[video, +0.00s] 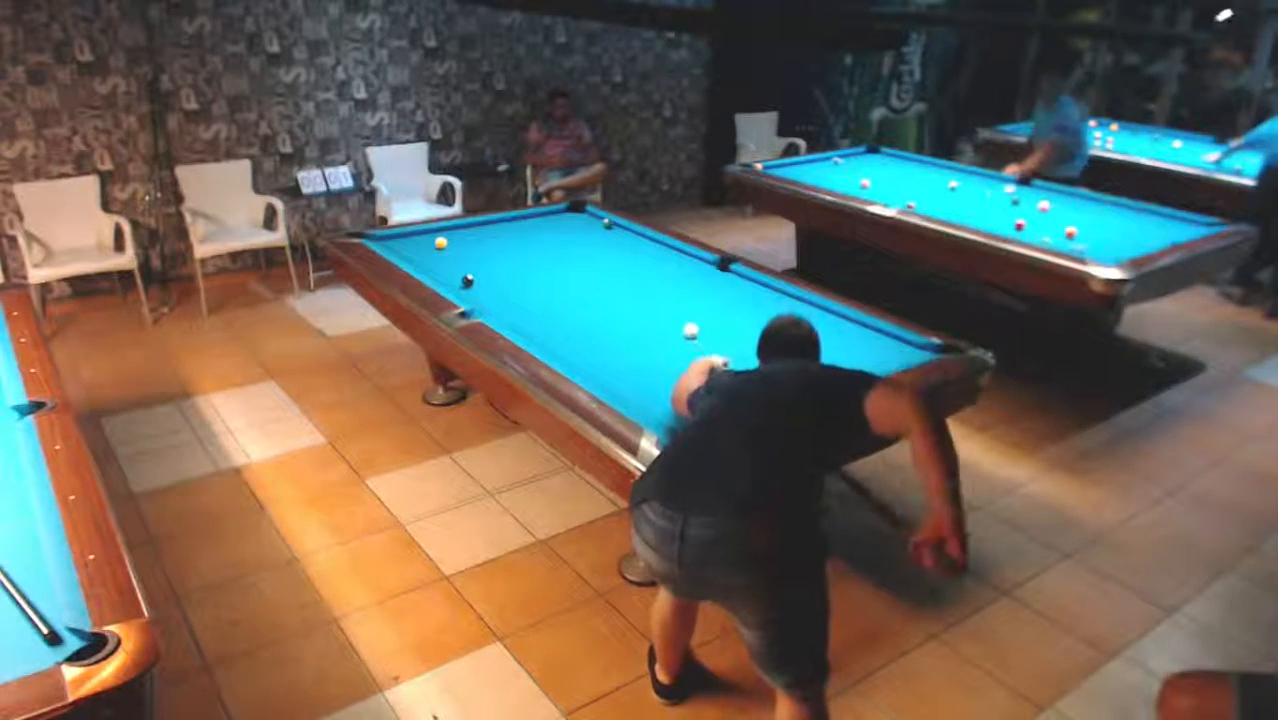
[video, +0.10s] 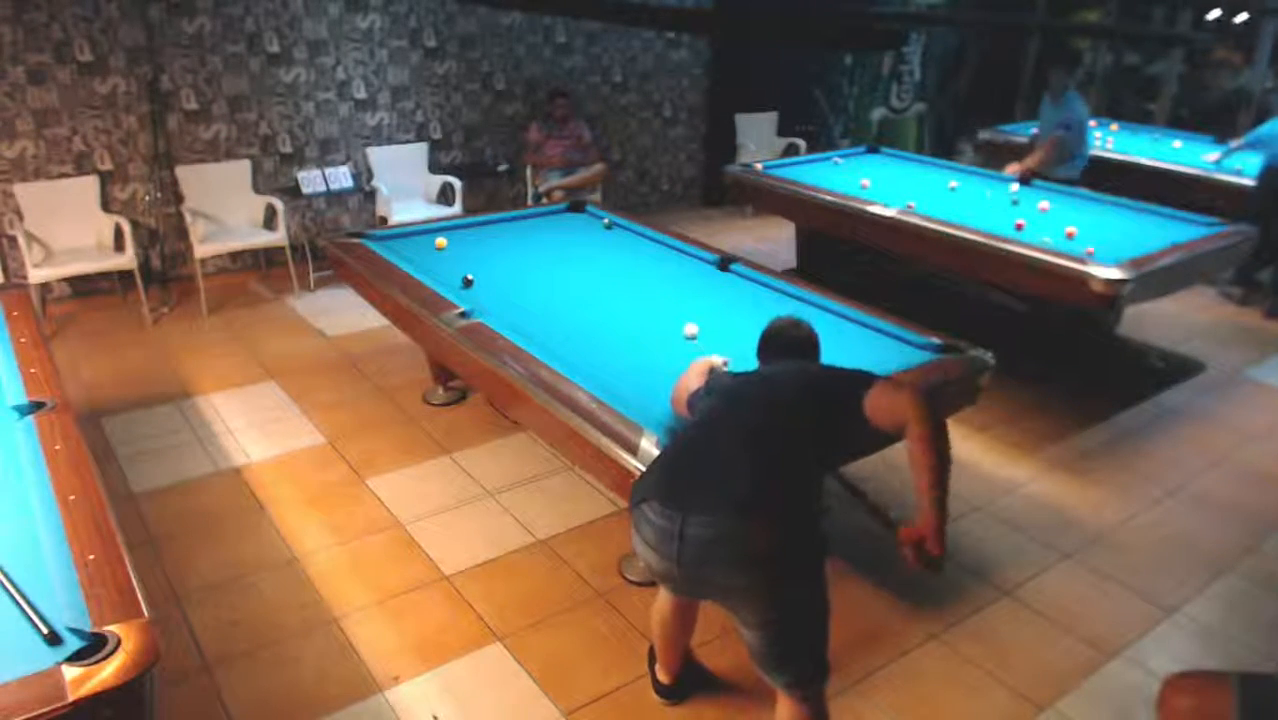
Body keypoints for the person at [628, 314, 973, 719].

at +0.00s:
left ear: (762, 355)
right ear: (816, 355)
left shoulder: (727, 384)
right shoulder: (833, 387)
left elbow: (682, 396)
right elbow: (915, 408)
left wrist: (704, 363)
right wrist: (943, 509)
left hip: (654, 519)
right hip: (753, 538)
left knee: (676, 586)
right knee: (796, 689)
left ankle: (667, 675)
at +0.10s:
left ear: (761, 356)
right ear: (814, 357)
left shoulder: (727, 385)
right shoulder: (835, 386)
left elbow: (682, 398)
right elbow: (917, 407)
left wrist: (703, 362)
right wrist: (931, 521)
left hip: (654, 518)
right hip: (754, 538)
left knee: (676, 583)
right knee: (797, 691)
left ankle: (668, 675)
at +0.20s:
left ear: (761, 362)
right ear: (815, 361)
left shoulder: (727, 386)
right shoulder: (836, 386)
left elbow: (682, 398)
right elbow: (913, 398)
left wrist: (705, 364)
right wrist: (899, 512)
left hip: (653, 524)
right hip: (747, 539)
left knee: (676, 580)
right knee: (799, 688)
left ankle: (668, 676)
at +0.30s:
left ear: (760, 363)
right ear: (814, 363)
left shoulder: (728, 387)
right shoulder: (833, 387)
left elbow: (682, 397)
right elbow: (913, 393)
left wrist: (706, 364)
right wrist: (889, 504)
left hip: (653, 520)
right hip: (749, 537)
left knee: (675, 580)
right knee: (800, 687)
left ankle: (669, 675)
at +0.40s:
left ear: (760, 364)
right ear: (814, 363)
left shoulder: (727, 388)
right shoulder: (830, 385)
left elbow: (682, 398)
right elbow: (913, 391)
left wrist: (705, 364)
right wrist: (887, 503)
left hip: (654, 520)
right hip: (750, 537)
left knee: (675, 580)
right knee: (800, 688)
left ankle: (669, 675)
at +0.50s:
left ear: (760, 364)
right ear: (814, 363)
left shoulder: (727, 388)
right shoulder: (830, 386)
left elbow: (682, 398)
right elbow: (913, 391)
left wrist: (706, 364)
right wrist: (886, 503)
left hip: (654, 521)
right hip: (750, 538)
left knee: (675, 580)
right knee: (800, 688)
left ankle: (668, 675)